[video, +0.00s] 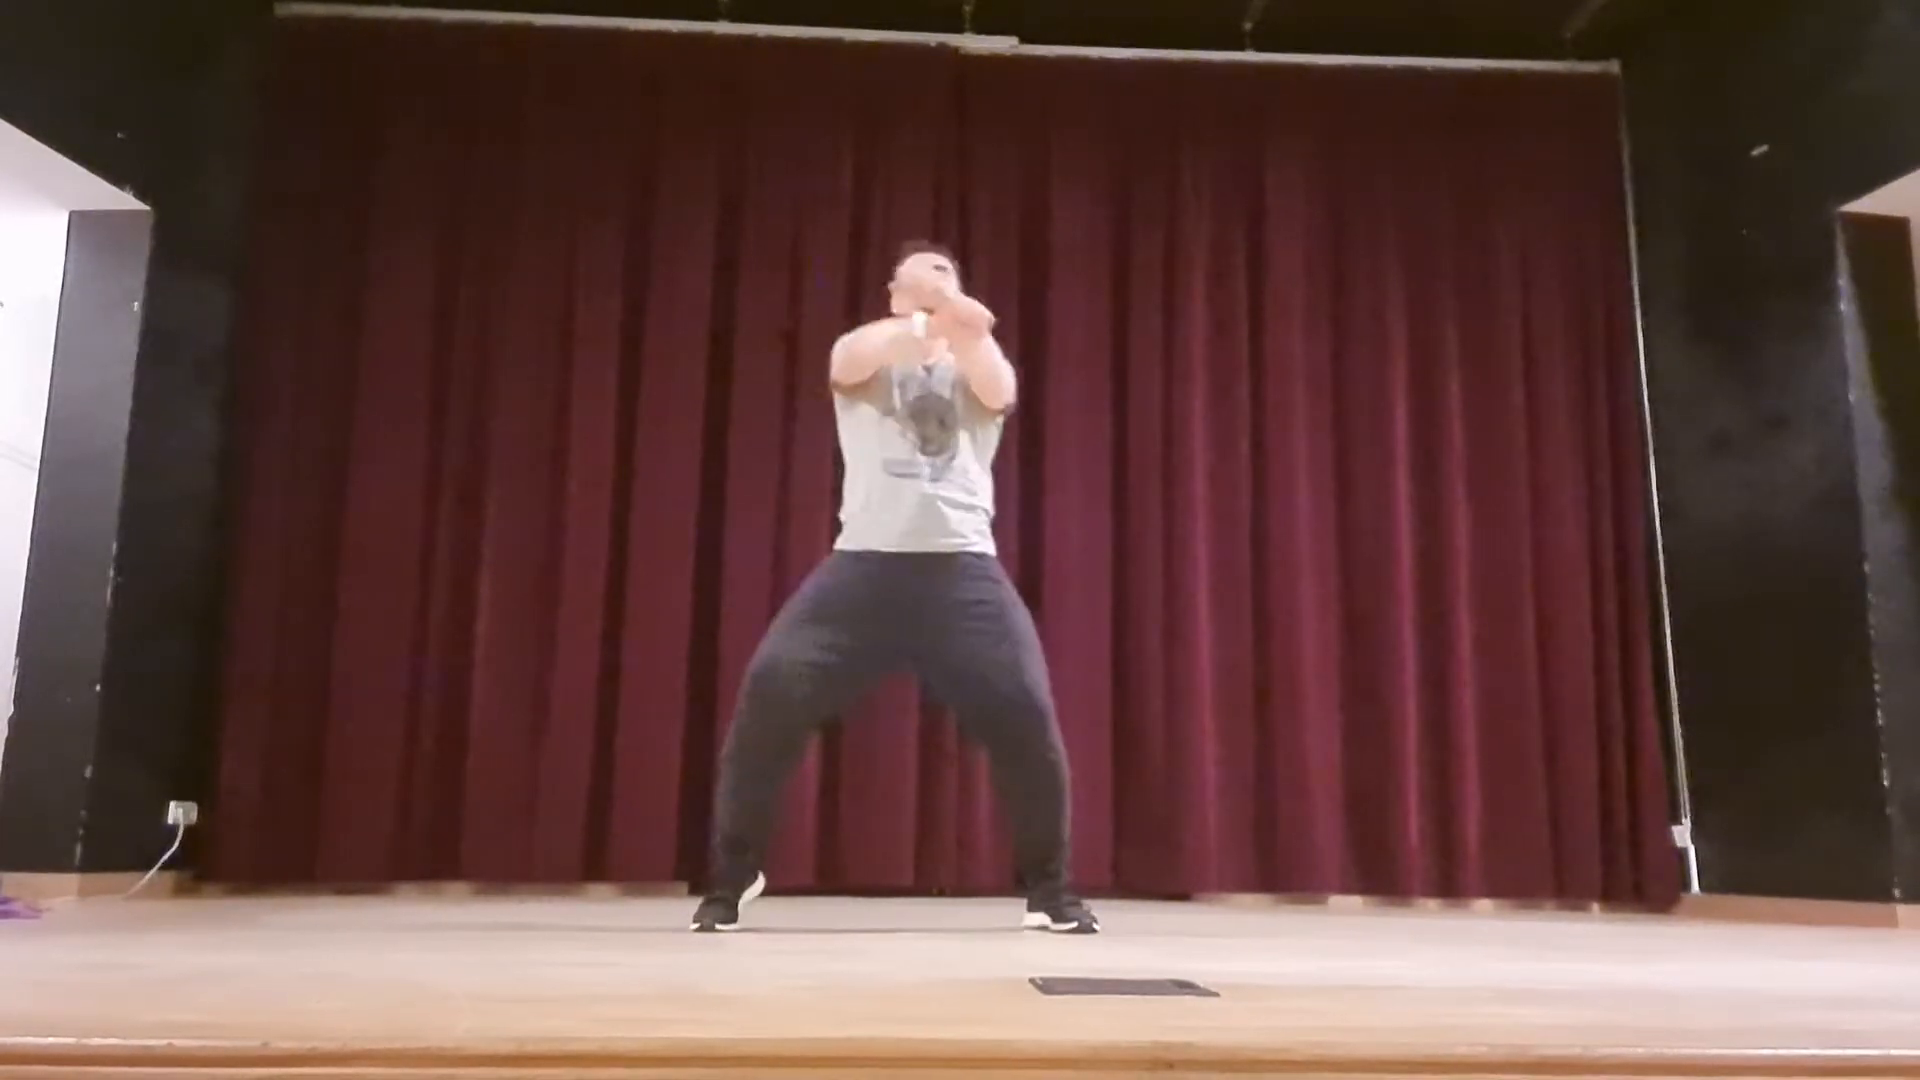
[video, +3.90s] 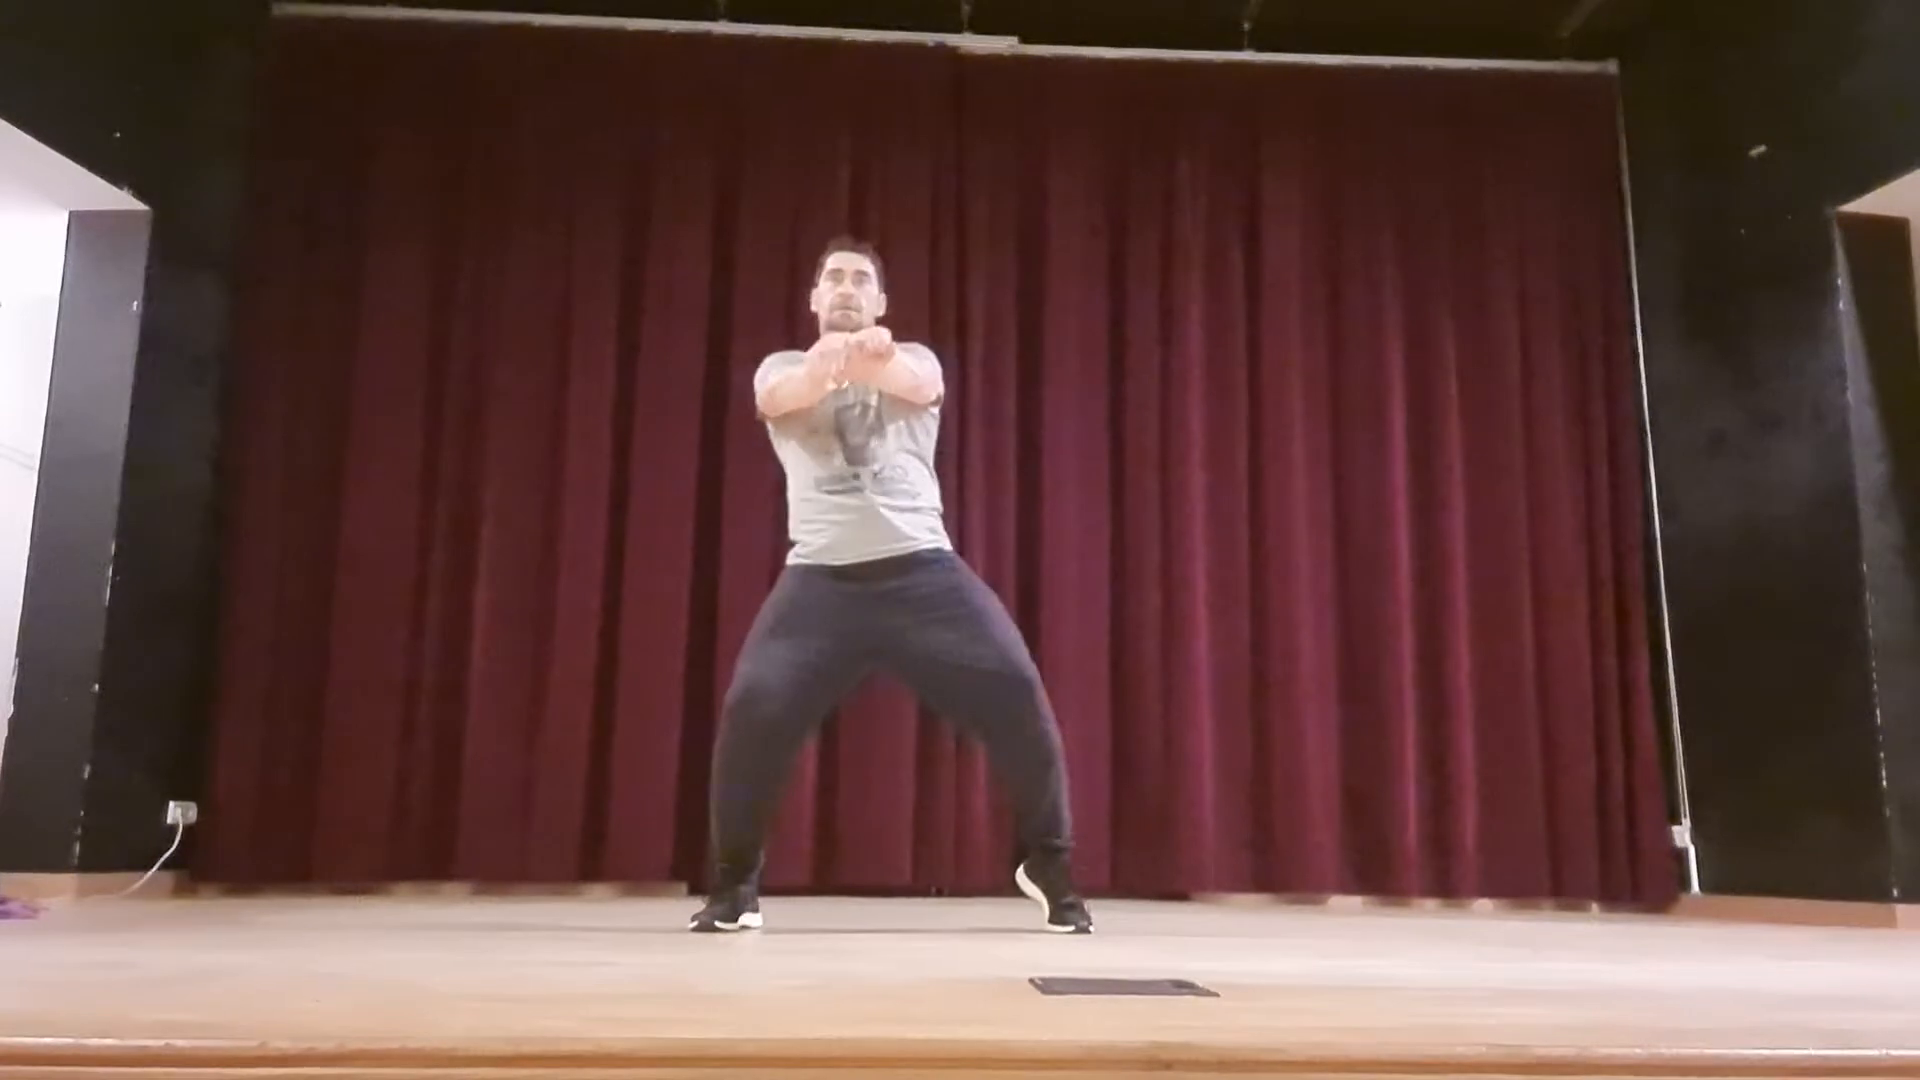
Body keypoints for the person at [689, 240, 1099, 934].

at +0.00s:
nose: (941, 271)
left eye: (949, 268)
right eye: (926, 264)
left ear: (961, 294)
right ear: (894, 293)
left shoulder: (983, 360)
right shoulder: (862, 350)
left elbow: (996, 394)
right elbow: (851, 361)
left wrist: (971, 333)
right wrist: (916, 323)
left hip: (963, 571)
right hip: (862, 567)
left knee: (1026, 709)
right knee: (773, 685)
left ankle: (1049, 890)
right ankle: (733, 871)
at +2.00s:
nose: (928, 296)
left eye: (942, 287)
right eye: (915, 288)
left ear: (971, 310)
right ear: (897, 311)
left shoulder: (991, 373)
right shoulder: (867, 359)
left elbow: (1007, 420)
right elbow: (860, 387)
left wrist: (974, 365)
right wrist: (932, 372)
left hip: (969, 581)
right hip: (865, 579)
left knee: (1026, 711)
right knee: (779, 690)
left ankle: (1041, 888)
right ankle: (734, 872)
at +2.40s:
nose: (847, 292)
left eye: (861, 283)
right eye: (835, 282)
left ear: (884, 302)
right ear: (815, 301)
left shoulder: (918, 361)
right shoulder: (788, 369)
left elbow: (926, 387)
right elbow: (777, 405)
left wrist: (878, 362)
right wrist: (824, 374)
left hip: (923, 573)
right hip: (820, 579)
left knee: (1019, 693)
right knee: (754, 700)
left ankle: (1046, 863)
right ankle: (732, 888)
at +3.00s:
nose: (926, 312)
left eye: (938, 302)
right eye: (914, 299)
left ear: (960, 305)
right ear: (892, 298)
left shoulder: (983, 365)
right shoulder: (859, 353)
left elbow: (997, 394)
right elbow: (854, 353)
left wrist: (972, 324)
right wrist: (913, 320)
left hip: (959, 573)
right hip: (856, 567)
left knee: (1022, 705)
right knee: (763, 681)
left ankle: (1041, 886)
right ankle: (730, 867)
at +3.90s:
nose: (845, 289)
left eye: (859, 280)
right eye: (833, 279)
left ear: (881, 300)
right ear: (812, 297)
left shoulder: (914, 360)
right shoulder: (780, 369)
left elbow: (923, 385)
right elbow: (782, 398)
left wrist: (874, 369)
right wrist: (826, 369)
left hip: (923, 572)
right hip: (820, 579)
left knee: (1017, 689)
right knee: (755, 702)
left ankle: (1047, 862)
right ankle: (732, 885)